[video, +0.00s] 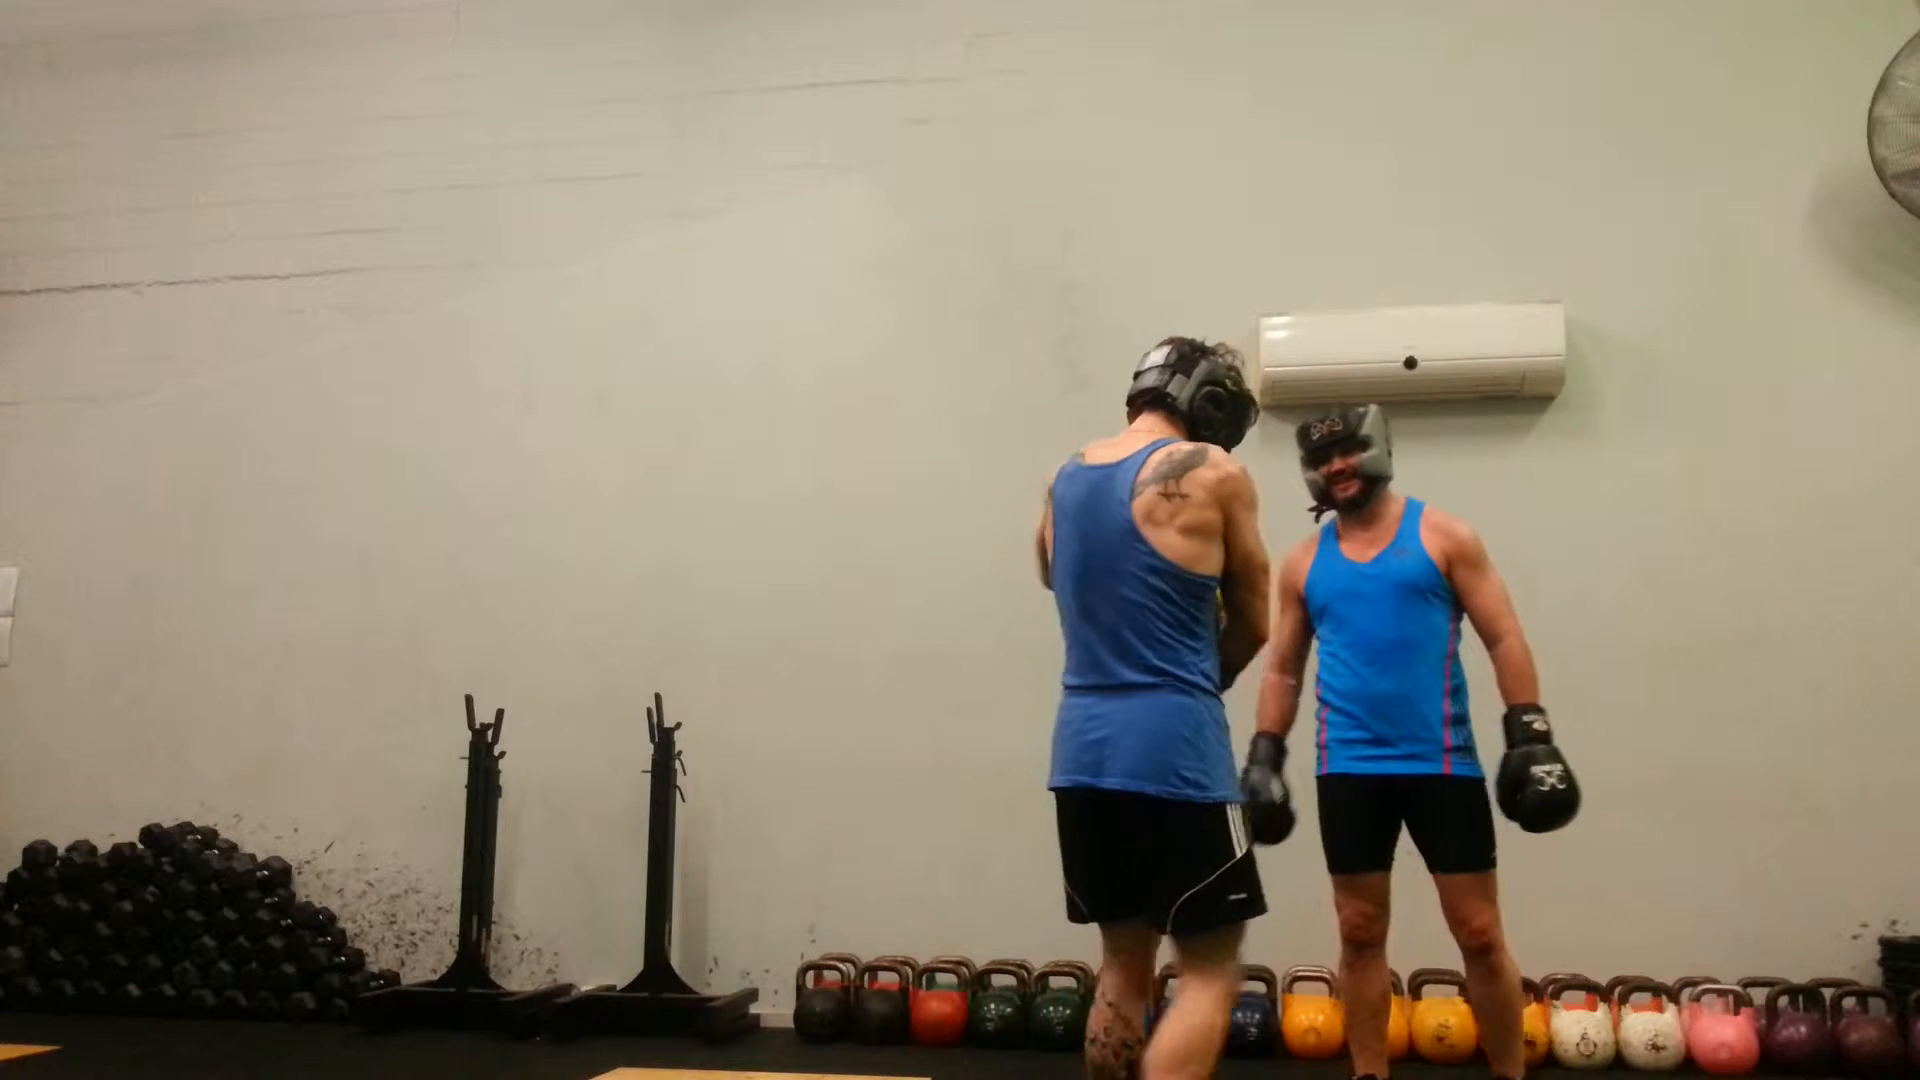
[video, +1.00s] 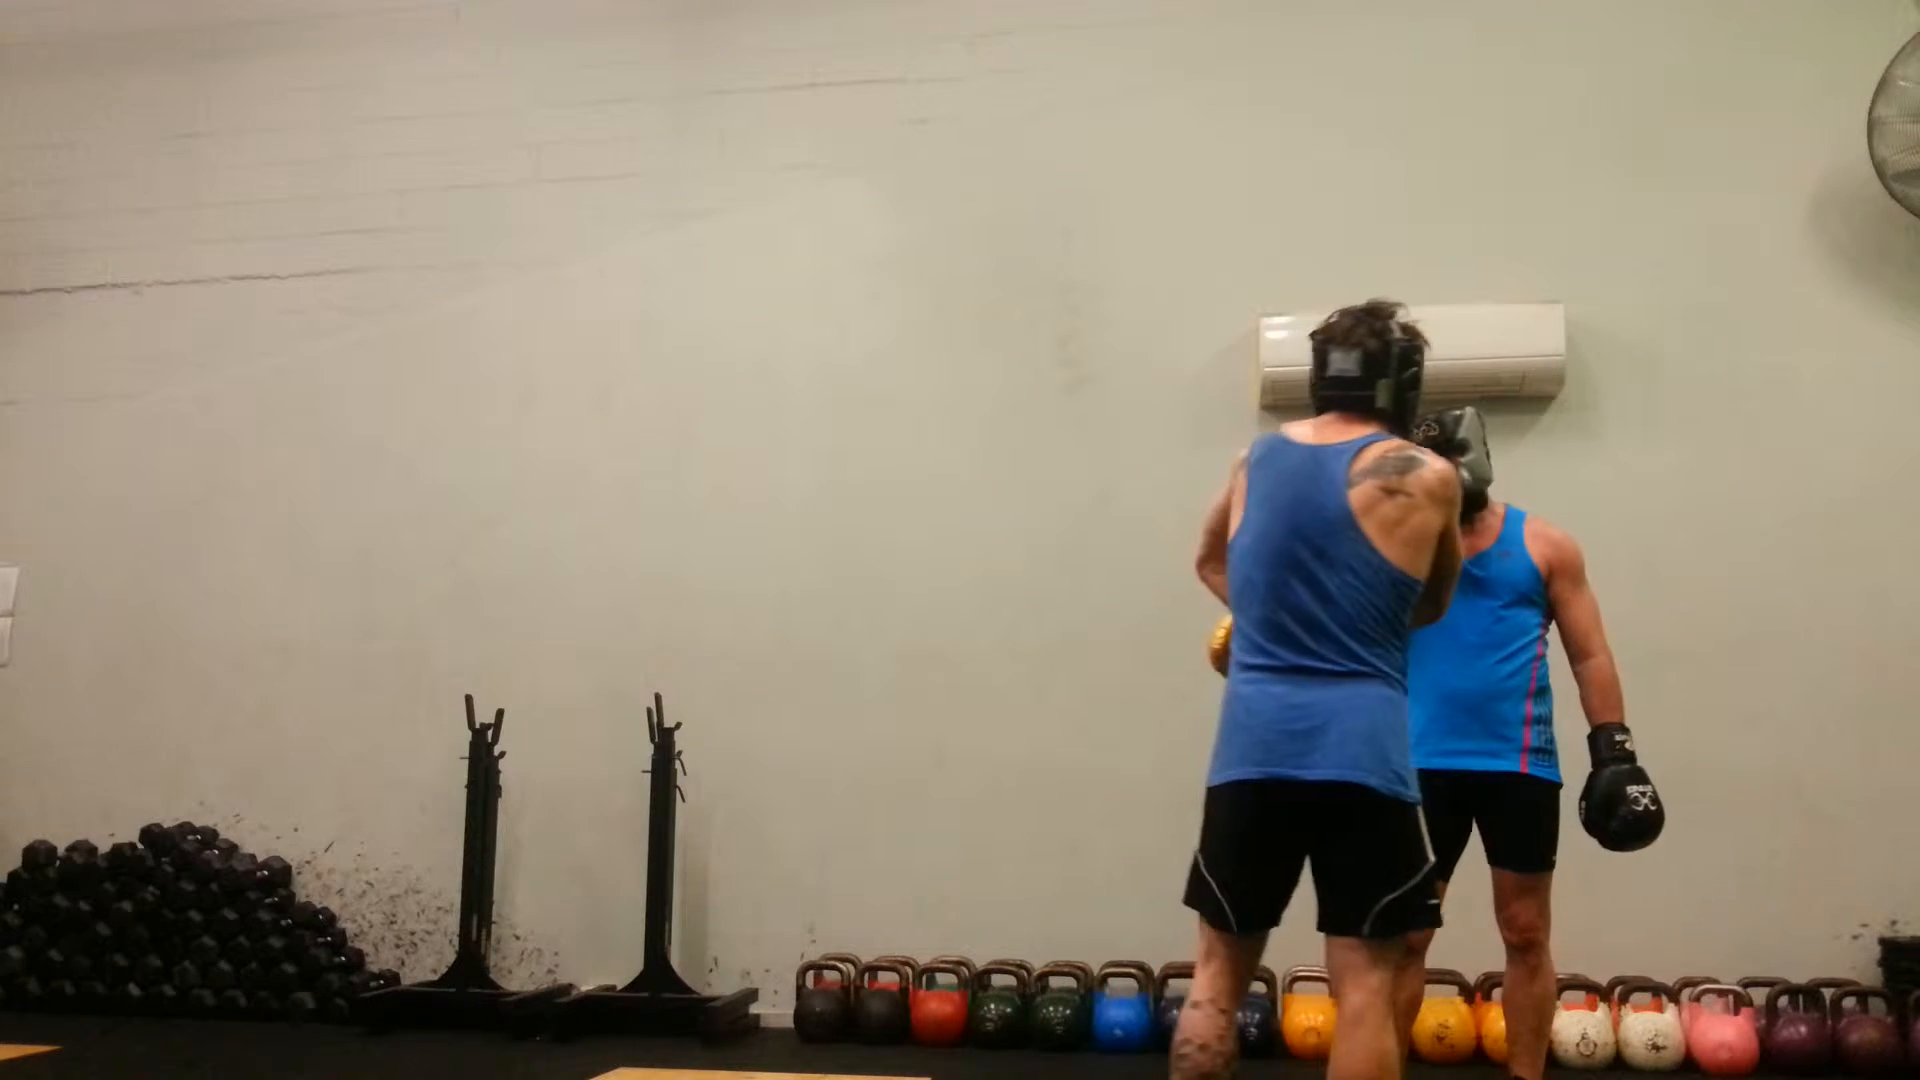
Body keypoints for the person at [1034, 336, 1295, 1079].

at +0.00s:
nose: (1227, 437)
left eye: (1229, 425)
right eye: (1226, 422)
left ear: (1138, 398)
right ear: (1205, 404)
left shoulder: (1069, 472)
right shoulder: (1216, 471)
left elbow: (1055, 573)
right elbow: (1253, 622)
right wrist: (1186, 687)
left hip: (1082, 762)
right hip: (1177, 765)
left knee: (1122, 962)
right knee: (1209, 972)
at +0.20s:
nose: (1231, 443)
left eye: (1235, 433)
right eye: (1232, 429)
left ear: (1143, 404)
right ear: (1210, 410)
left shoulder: (1080, 478)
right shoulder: (1215, 470)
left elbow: (1112, 616)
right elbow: (1263, 616)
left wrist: (1223, 649)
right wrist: (1196, 655)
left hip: (1097, 762)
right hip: (1192, 760)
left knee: (1134, 957)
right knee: (1269, 953)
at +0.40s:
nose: (1254, 442)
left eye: (1259, 433)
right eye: (1256, 428)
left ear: (1170, 404)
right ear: (1235, 410)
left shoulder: (1107, 478)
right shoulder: (1240, 472)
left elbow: (1147, 621)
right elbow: (1295, 614)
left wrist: (1243, 669)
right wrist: (1208, 657)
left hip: (1124, 764)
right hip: (1221, 763)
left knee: (1145, 964)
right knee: (1294, 967)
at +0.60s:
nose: (1314, 409)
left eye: (1310, 397)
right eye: (1309, 396)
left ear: (1218, 395)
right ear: (1294, 399)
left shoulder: (1165, 477)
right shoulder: (1300, 478)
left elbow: (1201, 613)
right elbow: (1348, 620)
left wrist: (1301, 646)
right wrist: (1258, 637)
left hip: (1172, 757)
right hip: (1272, 759)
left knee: (1175, 963)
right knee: (1318, 973)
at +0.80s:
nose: (1381, 391)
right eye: (1374, 378)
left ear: (1276, 383)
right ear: (1359, 387)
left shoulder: (1229, 465)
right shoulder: (1380, 477)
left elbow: (1196, 577)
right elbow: (1403, 606)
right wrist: (1302, 633)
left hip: (1221, 755)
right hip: (1327, 759)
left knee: (1190, 960)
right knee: (1344, 983)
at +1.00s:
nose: (1419, 385)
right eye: (1416, 374)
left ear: (1318, 375)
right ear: (1406, 384)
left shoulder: (1258, 456)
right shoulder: (1430, 476)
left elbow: (1211, 562)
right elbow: (1431, 601)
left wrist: (1285, 621)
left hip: (1251, 758)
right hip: (1364, 762)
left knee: (1216, 975)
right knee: (1363, 985)